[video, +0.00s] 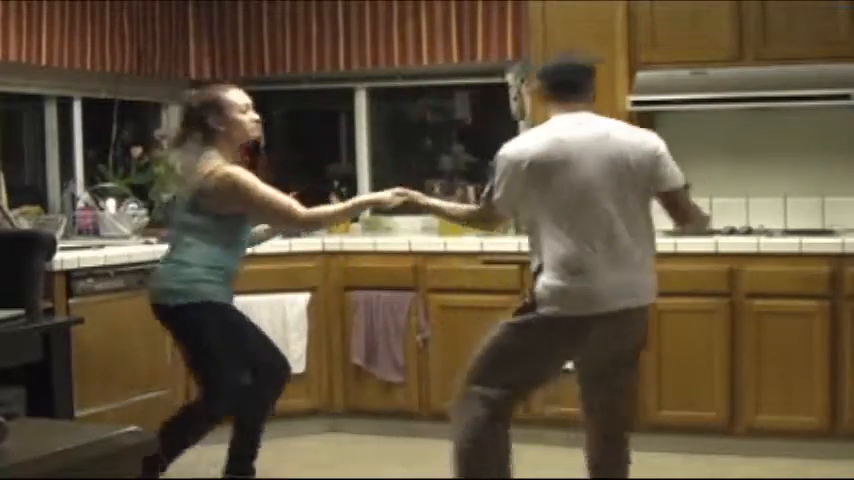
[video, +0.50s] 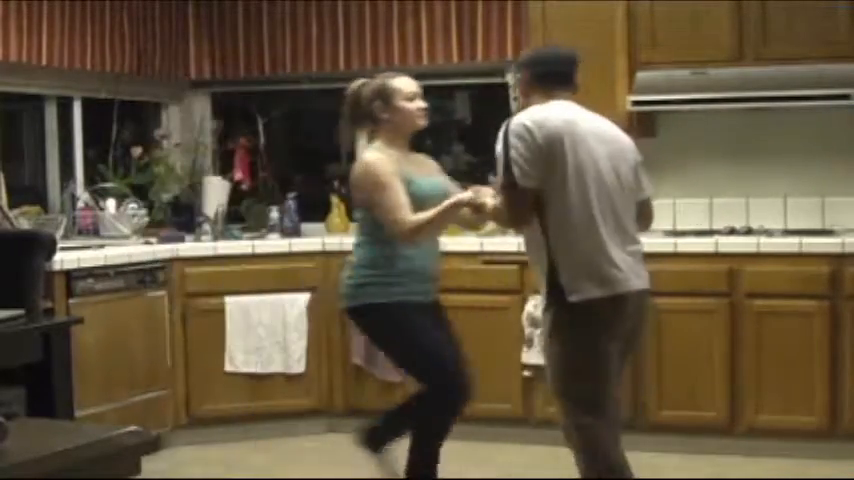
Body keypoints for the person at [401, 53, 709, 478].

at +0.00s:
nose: (529, 104)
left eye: (531, 96)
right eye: (531, 96)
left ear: (542, 96)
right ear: (589, 94)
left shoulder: (522, 152)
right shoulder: (642, 143)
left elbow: (487, 217)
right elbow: (687, 216)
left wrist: (418, 200)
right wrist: (704, 221)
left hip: (563, 309)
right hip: (630, 307)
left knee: (483, 397)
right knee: (610, 433)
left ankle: (485, 475)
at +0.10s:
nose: (546, 95)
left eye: (546, 90)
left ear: (552, 90)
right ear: (603, 89)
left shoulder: (536, 146)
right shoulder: (653, 140)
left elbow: (497, 213)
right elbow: (703, 211)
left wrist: (430, 193)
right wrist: (703, 198)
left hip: (580, 302)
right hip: (647, 300)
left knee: (505, 386)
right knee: (620, 439)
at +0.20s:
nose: (545, 97)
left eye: (546, 91)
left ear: (553, 92)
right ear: (603, 89)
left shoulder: (541, 142)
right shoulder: (653, 139)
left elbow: (505, 216)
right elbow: (699, 209)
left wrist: (445, 198)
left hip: (588, 306)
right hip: (653, 301)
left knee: (520, 402)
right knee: (622, 435)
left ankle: (602, 470)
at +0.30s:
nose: (538, 96)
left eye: (539, 89)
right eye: (539, 90)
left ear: (547, 89)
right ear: (596, 87)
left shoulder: (541, 138)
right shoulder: (643, 138)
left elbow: (521, 219)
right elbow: (681, 211)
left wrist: (462, 206)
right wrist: (634, 196)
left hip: (591, 305)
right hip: (651, 299)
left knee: (546, 417)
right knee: (621, 426)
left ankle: (599, 471)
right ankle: (619, 476)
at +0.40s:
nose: (523, 96)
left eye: (525, 88)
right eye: (524, 89)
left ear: (536, 86)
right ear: (583, 87)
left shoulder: (535, 128)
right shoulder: (627, 133)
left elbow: (522, 218)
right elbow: (661, 210)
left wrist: (477, 204)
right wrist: (602, 213)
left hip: (588, 300)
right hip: (641, 293)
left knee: (577, 424)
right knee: (620, 414)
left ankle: (598, 473)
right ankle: (617, 471)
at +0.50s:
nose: (515, 96)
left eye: (516, 87)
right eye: (515, 88)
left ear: (528, 86)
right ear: (571, 86)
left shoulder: (524, 126)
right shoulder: (614, 133)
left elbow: (516, 214)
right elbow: (643, 214)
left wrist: (488, 203)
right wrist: (585, 213)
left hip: (582, 300)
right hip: (632, 293)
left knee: (587, 425)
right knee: (600, 419)